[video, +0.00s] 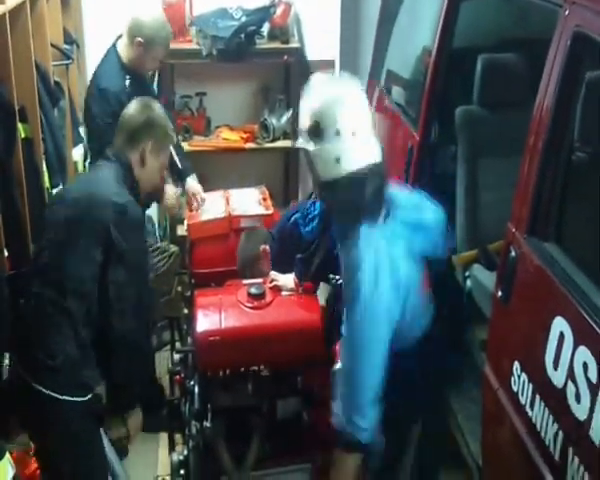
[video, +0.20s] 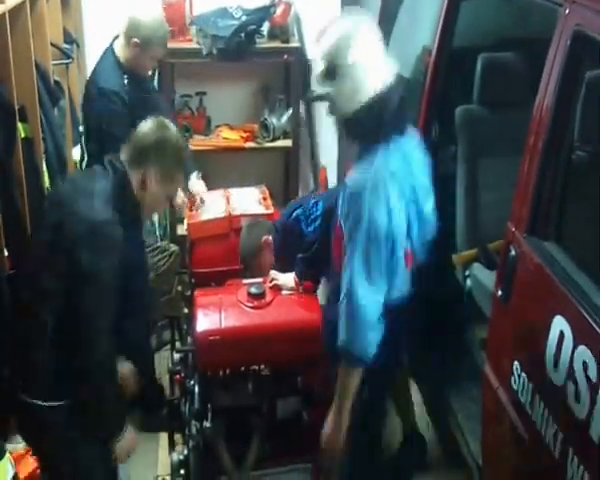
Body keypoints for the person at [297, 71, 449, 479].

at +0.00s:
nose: (351, 201)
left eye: (363, 185)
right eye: (339, 190)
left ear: (378, 177)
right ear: (322, 188)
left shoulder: (372, 242)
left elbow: (366, 340)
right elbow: (438, 226)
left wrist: (351, 441)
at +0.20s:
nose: (330, 113)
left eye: (334, 104)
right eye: (329, 102)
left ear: (351, 110)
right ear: (390, 94)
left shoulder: (369, 184)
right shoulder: (409, 145)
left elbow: (364, 304)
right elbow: (424, 228)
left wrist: (340, 410)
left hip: (373, 311)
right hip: (406, 295)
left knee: (359, 421)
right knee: (390, 381)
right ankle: (407, 438)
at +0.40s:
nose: (335, 122)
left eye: (338, 111)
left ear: (351, 115)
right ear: (395, 103)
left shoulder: (376, 203)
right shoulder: (419, 168)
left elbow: (373, 332)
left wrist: (343, 433)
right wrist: (398, 326)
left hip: (339, 348)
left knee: (319, 452)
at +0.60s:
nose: (337, 153)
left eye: (341, 143)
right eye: (335, 143)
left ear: (356, 135)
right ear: (377, 120)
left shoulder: (380, 213)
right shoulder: (404, 169)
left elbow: (367, 324)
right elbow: (428, 254)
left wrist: (334, 424)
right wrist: (391, 310)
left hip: (338, 328)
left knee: (311, 435)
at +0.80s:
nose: (306, 94)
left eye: (313, 79)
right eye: (309, 79)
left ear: (333, 86)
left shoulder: (383, 170)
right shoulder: (345, 155)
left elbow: (371, 306)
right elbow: (328, 253)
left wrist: (310, 411)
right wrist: (274, 325)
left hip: (389, 345)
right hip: (354, 334)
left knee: (379, 457)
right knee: (353, 449)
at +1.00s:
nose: (323, 187)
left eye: (334, 174)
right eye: (315, 174)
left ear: (358, 164)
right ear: (306, 166)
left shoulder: (383, 225)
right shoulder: (325, 219)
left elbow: (377, 355)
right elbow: (293, 303)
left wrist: (312, 450)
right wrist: (240, 368)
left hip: (399, 397)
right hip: (356, 386)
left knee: (391, 472)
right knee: (348, 471)